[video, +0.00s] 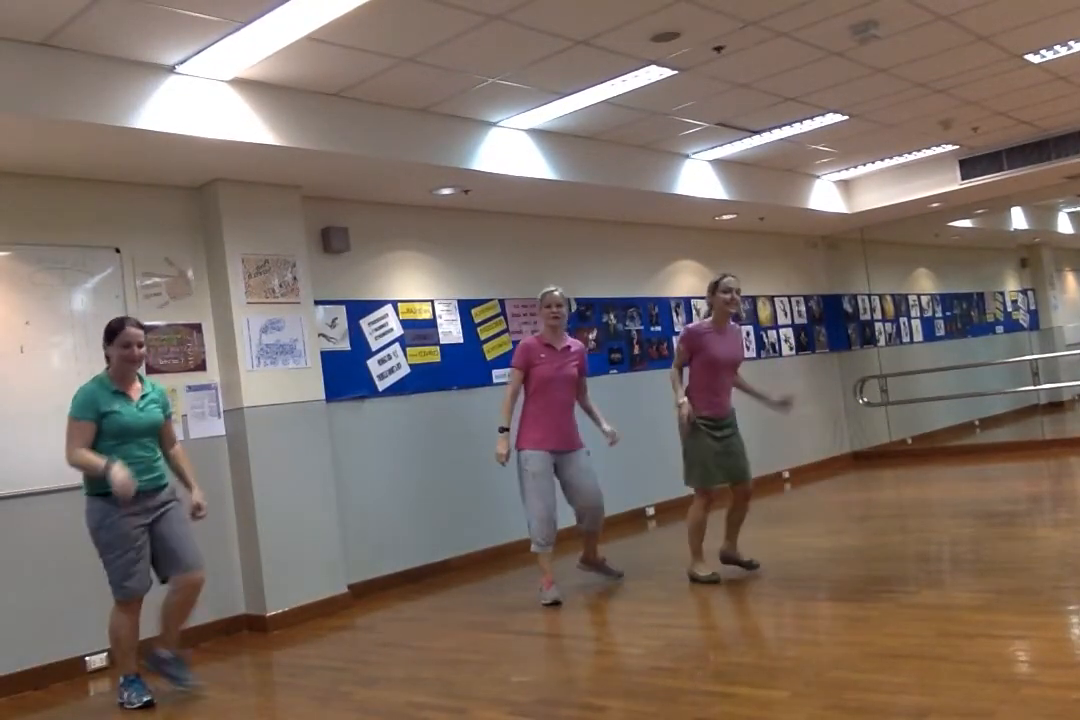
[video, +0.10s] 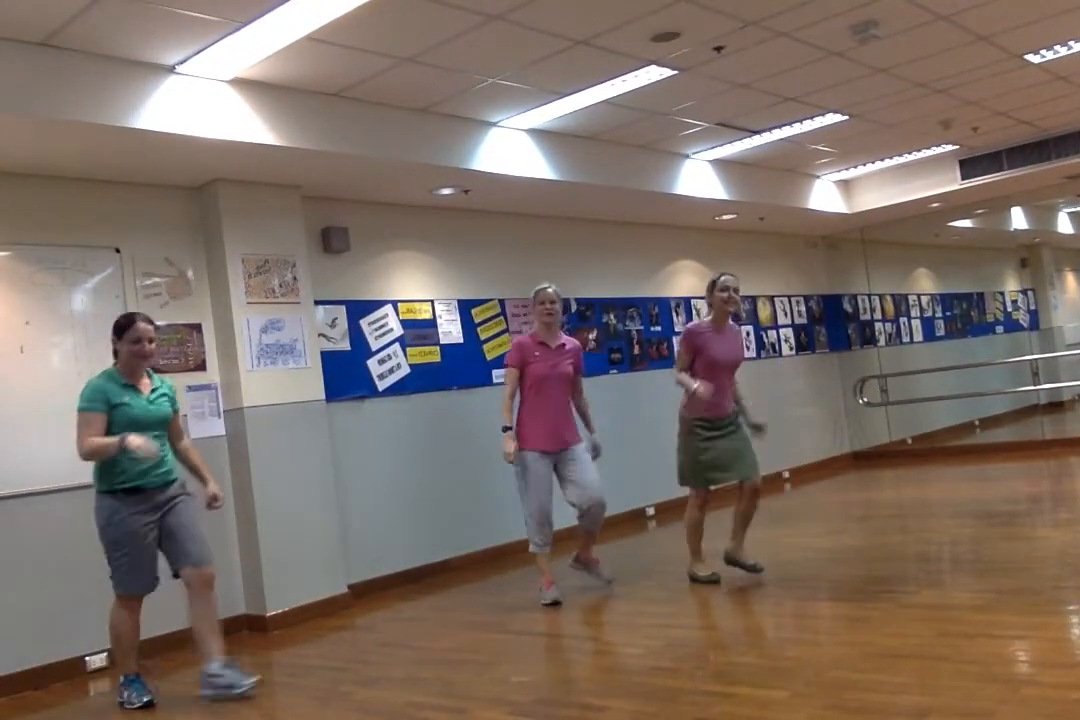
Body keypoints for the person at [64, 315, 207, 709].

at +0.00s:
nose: (135, 352)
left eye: (140, 345)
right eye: (127, 345)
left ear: (145, 348)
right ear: (108, 350)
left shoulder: (156, 393)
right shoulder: (91, 395)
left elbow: (171, 445)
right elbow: (76, 453)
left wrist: (193, 487)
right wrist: (110, 467)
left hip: (162, 500)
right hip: (115, 508)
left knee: (190, 577)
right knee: (130, 594)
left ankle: (165, 650)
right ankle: (129, 679)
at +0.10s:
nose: (148, 347)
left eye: (152, 341)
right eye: (138, 341)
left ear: (156, 345)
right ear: (117, 345)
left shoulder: (163, 386)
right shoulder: (99, 390)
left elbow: (179, 441)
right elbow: (86, 448)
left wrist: (209, 480)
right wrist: (122, 441)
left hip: (171, 495)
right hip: (123, 504)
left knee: (202, 575)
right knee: (130, 595)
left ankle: (216, 669)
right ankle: (129, 680)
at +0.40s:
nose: (199, 344)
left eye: (199, 337)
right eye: (190, 338)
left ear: (195, 343)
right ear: (164, 343)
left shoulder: (206, 387)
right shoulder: (141, 390)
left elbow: (224, 441)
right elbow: (135, 452)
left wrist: (254, 484)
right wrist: (173, 436)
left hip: (222, 495)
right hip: (174, 503)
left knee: (239, 584)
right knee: (188, 598)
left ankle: (245, 679)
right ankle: (150, 657)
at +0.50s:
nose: (210, 339)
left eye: (208, 332)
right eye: (201, 332)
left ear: (191, 339)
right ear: (175, 340)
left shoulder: (216, 384)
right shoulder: (152, 388)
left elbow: (237, 436)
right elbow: (149, 451)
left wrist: (263, 473)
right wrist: (189, 436)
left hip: (235, 489)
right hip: (187, 496)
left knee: (249, 577)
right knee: (218, 579)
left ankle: (245, 679)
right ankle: (192, 676)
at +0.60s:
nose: (220, 333)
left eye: (218, 326)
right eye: (211, 327)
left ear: (205, 334)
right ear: (186, 334)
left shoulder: (227, 377)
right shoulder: (162, 381)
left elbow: (245, 428)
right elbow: (161, 444)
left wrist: (269, 457)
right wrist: (207, 430)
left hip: (244, 484)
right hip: (198, 490)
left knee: (253, 577)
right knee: (237, 574)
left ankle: (250, 676)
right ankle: (253, 676)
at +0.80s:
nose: (240, 333)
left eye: (238, 327)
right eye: (232, 328)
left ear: (218, 334)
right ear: (208, 334)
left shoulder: (237, 375)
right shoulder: (186, 382)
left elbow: (243, 431)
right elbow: (195, 445)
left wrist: (272, 445)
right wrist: (252, 434)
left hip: (258, 485)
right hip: (215, 493)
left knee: (274, 578)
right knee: (262, 575)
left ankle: (247, 678)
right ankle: (299, 672)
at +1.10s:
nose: (247, 340)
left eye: (245, 333)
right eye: (239, 335)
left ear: (222, 342)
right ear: (215, 342)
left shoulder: (236, 380)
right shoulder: (198, 388)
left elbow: (242, 431)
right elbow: (197, 451)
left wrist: (276, 451)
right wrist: (239, 487)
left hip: (247, 490)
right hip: (212, 498)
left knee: (265, 584)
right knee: (261, 583)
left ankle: (198, 637)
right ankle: (298, 674)